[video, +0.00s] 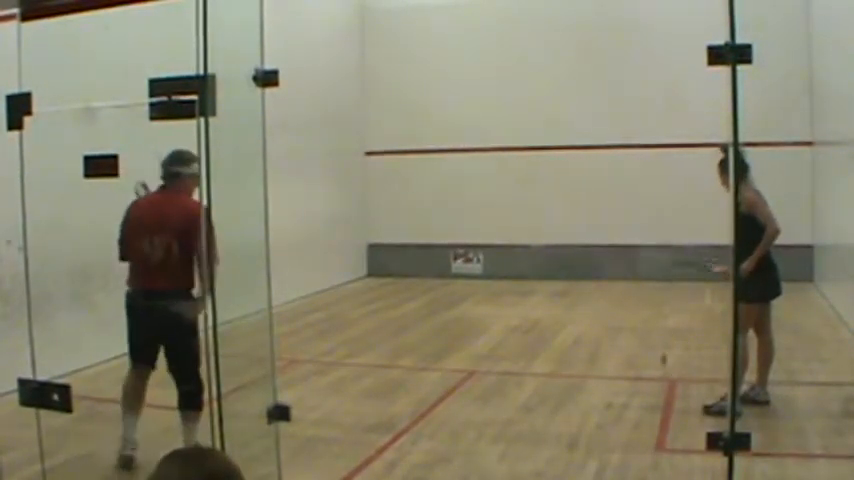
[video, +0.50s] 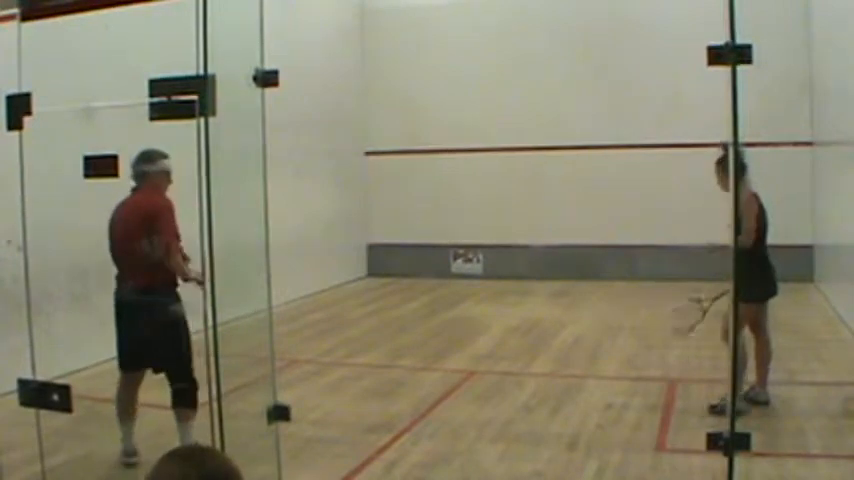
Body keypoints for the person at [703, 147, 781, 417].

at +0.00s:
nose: (720, 181)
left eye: (721, 176)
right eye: (720, 176)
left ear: (730, 174)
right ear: (738, 172)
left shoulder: (749, 197)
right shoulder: (742, 198)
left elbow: (773, 229)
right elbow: (751, 239)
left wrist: (751, 261)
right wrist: (734, 266)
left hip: (753, 278)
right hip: (757, 276)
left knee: (738, 334)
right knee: (763, 332)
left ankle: (733, 394)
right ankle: (760, 388)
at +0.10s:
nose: (720, 182)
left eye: (722, 176)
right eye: (720, 177)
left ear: (731, 174)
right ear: (736, 173)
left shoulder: (750, 198)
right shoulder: (742, 198)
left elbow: (773, 229)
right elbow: (750, 238)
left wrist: (751, 259)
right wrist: (734, 264)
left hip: (753, 277)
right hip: (756, 275)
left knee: (738, 333)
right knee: (762, 331)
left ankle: (733, 394)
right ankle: (760, 388)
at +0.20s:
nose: (721, 182)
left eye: (722, 176)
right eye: (720, 176)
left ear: (731, 174)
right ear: (739, 172)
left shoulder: (750, 199)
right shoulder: (745, 198)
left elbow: (767, 232)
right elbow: (760, 233)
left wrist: (747, 252)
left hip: (753, 276)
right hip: (757, 272)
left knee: (737, 333)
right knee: (762, 331)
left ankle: (733, 394)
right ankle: (760, 388)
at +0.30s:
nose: (721, 182)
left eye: (722, 176)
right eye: (720, 176)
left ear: (731, 174)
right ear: (740, 172)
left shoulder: (750, 199)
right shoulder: (745, 198)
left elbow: (759, 237)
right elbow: (753, 238)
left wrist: (736, 249)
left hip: (752, 278)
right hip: (758, 275)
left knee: (737, 334)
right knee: (762, 331)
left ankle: (733, 394)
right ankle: (760, 388)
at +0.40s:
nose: (720, 182)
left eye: (721, 176)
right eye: (719, 176)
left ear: (731, 173)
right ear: (739, 172)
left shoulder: (749, 200)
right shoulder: (746, 198)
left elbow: (749, 240)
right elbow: (747, 240)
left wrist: (724, 244)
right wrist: (724, 244)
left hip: (752, 279)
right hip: (757, 277)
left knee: (736, 334)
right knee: (761, 332)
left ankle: (733, 394)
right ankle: (760, 388)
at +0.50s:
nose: (718, 182)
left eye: (720, 176)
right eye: (718, 176)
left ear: (729, 174)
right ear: (737, 172)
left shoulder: (746, 199)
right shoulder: (746, 199)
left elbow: (747, 239)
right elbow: (747, 240)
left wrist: (724, 245)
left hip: (751, 279)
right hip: (756, 277)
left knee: (731, 332)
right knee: (759, 331)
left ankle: (735, 393)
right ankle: (760, 388)